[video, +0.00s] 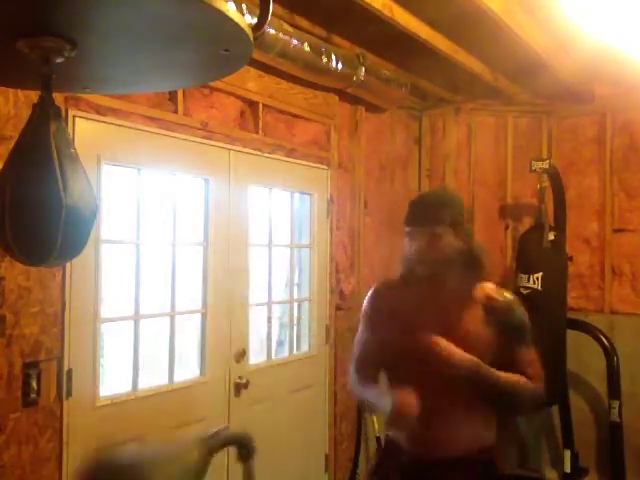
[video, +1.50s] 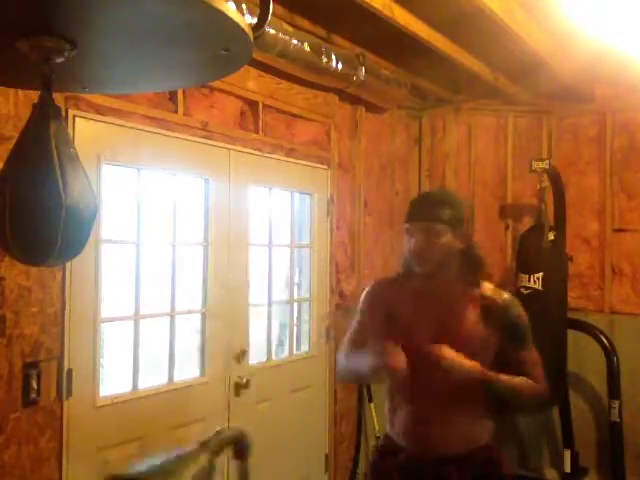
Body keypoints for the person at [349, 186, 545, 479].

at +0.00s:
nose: (424, 248)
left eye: (436, 236)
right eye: (414, 236)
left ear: (461, 237)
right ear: (405, 240)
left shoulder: (499, 305)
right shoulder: (385, 299)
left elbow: (535, 391)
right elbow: (360, 377)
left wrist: (467, 366)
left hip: (473, 463)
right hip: (403, 464)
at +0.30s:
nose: (390, 251)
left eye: (403, 238)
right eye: (387, 240)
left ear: (434, 240)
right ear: (383, 243)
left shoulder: (458, 285)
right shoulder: (401, 303)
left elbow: (419, 337)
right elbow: (421, 387)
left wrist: (339, 333)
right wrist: (378, 403)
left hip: (466, 463)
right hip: (414, 458)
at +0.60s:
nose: (424, 244)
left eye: (437, 232)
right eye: (417, 232)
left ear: (464, 236)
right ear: (410, 236)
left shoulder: (505, 306)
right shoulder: (400, 295)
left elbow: (545, 386)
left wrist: (483, 399)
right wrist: (339, 321)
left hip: (479, 458)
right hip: (413, 458)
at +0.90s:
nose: (401, 243)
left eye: (414, 232)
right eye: (396, 232)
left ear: (443, 236)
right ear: (391, 238)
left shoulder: (477, 293)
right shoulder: (387, 299)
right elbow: (378, 372)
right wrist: (373, 422)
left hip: (470, 459)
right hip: (408, 459)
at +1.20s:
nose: (408, 247)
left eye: (422, 235)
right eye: (404, 235)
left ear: (450, 239)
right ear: (399, 240)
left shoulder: (485, 297)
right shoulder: (404, 306)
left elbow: (532, 377)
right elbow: (400, 379)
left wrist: (447, 398)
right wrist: (372, 371)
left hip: (477, 462)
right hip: (417, 459)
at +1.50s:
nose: (418, 246)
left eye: (432, 234)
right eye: (410, 235)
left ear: (459, 239)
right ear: (404, 238)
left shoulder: (498, 306)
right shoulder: (382, 296)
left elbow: (539, 391)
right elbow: (345, 363)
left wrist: (475, 373)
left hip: (471, 462)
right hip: (401, 462)